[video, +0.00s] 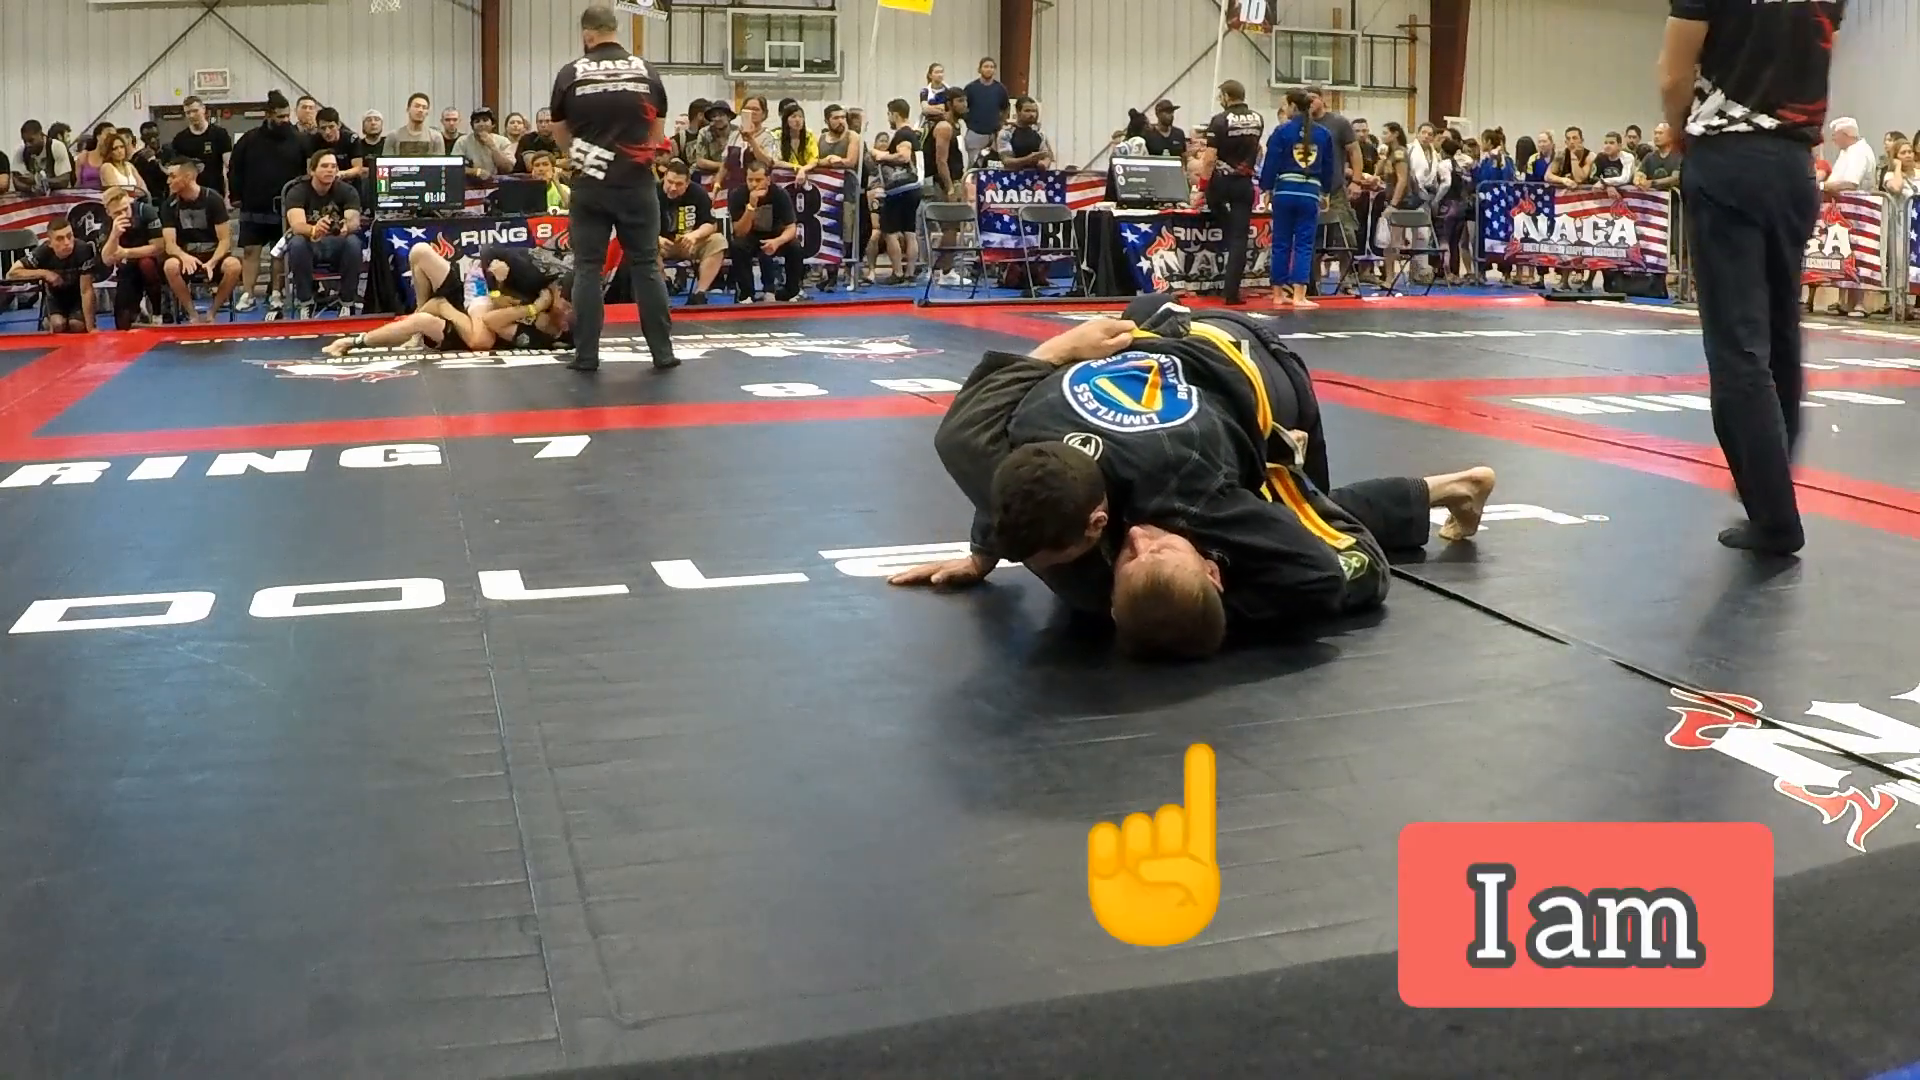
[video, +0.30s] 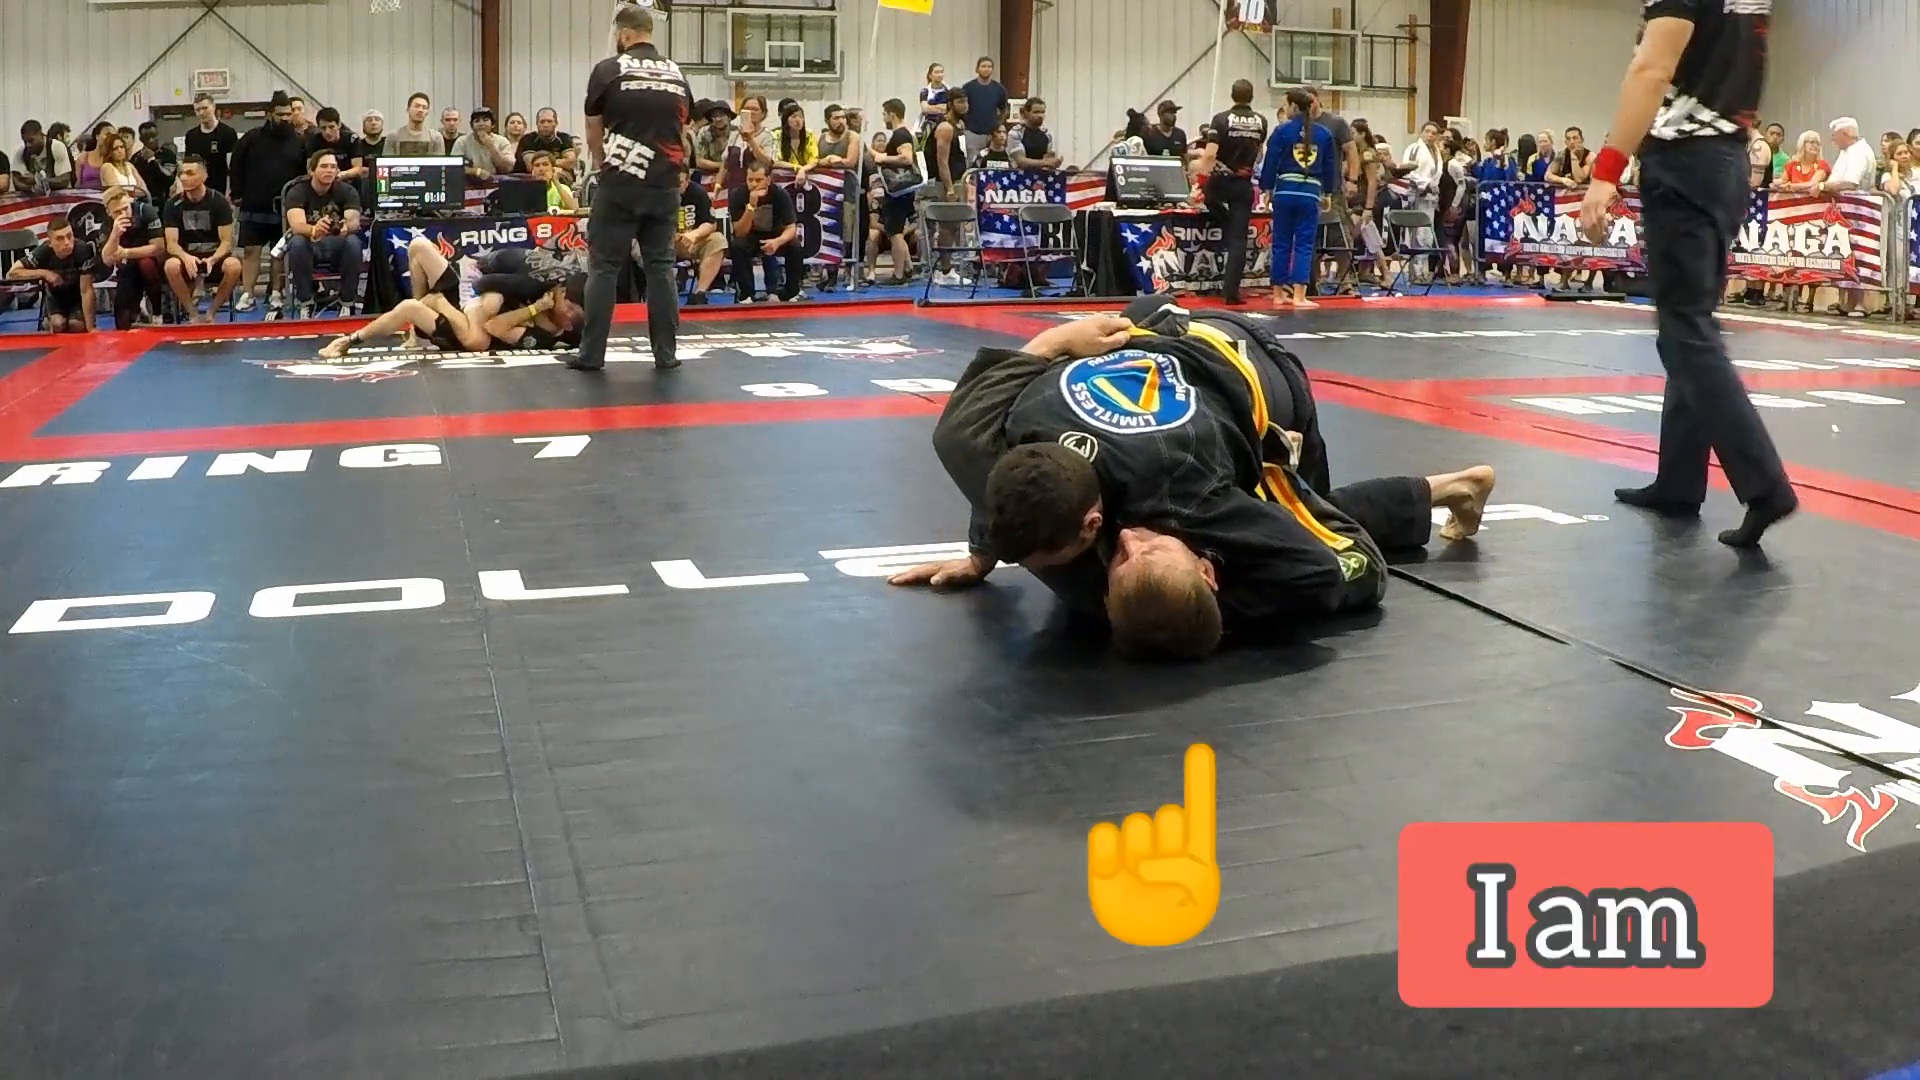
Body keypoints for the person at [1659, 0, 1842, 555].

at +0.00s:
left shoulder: (1704, 4)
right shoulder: (1825, 8)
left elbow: (1674, 75)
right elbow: (1813, 67)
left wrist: (1675, 128)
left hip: (1726, 158)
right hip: (1794, 162)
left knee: (1739, 345)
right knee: (1779, 331)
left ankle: (1775, 523)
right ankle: (1774, 481)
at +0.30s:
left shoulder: (1683, 3)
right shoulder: (1745, 11)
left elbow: (1652, 70)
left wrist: (1605, 174)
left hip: (1684, 158)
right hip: (1727, 158)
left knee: (1686, 330)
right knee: (1690, 329)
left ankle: (1766, 488)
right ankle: (1677, 488)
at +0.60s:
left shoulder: (1643, 5)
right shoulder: (1661, 13)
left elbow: (1643, 64)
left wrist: (1604, 165)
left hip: (1636, 153)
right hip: (1666, 155)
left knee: (1568, 305)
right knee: (1656, 324)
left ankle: (1647, 454)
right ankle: (1677, 474)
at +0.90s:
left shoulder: (1566, 4)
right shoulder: (1538, 13)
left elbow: (1576, 82)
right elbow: (1535, 102)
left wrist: (1559, 184)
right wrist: (1490, 171)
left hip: (1546, 169)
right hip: (1574, 167)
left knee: (1513, 328)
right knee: (1612, 320)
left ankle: (1493, 474)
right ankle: (1667, 458)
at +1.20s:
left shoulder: (1471, 5)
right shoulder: (1472, 11)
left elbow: (1455, 71)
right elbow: (1466, 79)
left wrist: (1403, 161)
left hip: (1462, 147)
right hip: (1462, 146)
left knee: (1459, 304)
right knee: (1451, 300)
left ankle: (1490, 464)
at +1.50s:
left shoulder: (1386, 5)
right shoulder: (1356, 10)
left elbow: (1374, 76)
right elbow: (1359, 77)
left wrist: (1305, 152)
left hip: (1373, 154)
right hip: (1350, 153)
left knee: (1400, 309)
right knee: (1329, 314)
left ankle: (1478, 447)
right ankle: (1307, 456)